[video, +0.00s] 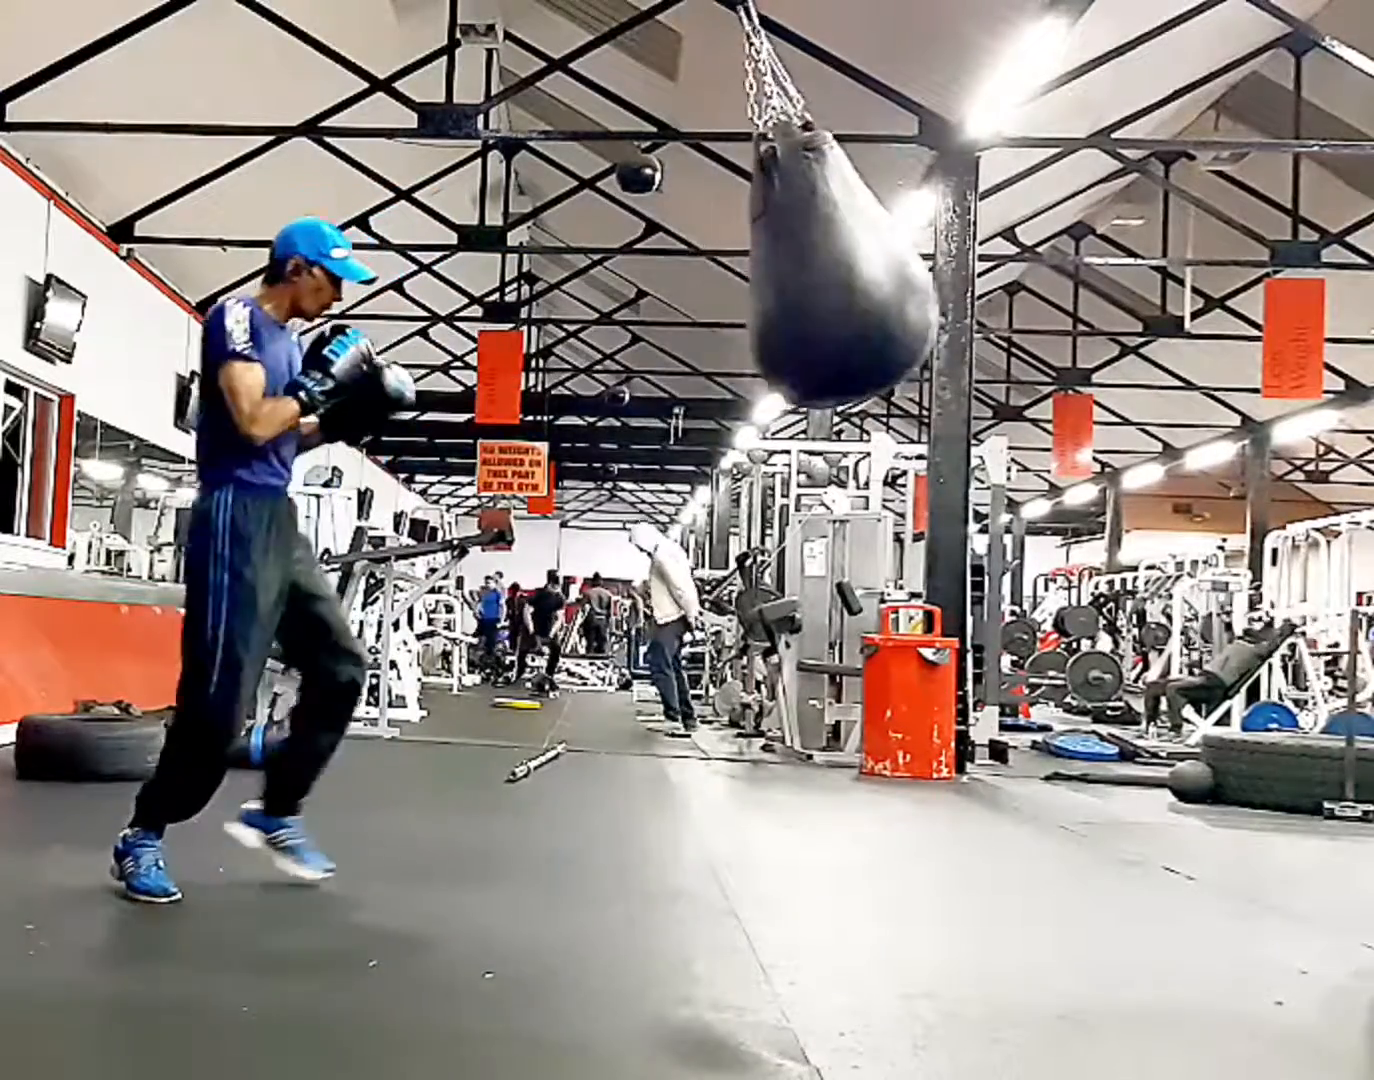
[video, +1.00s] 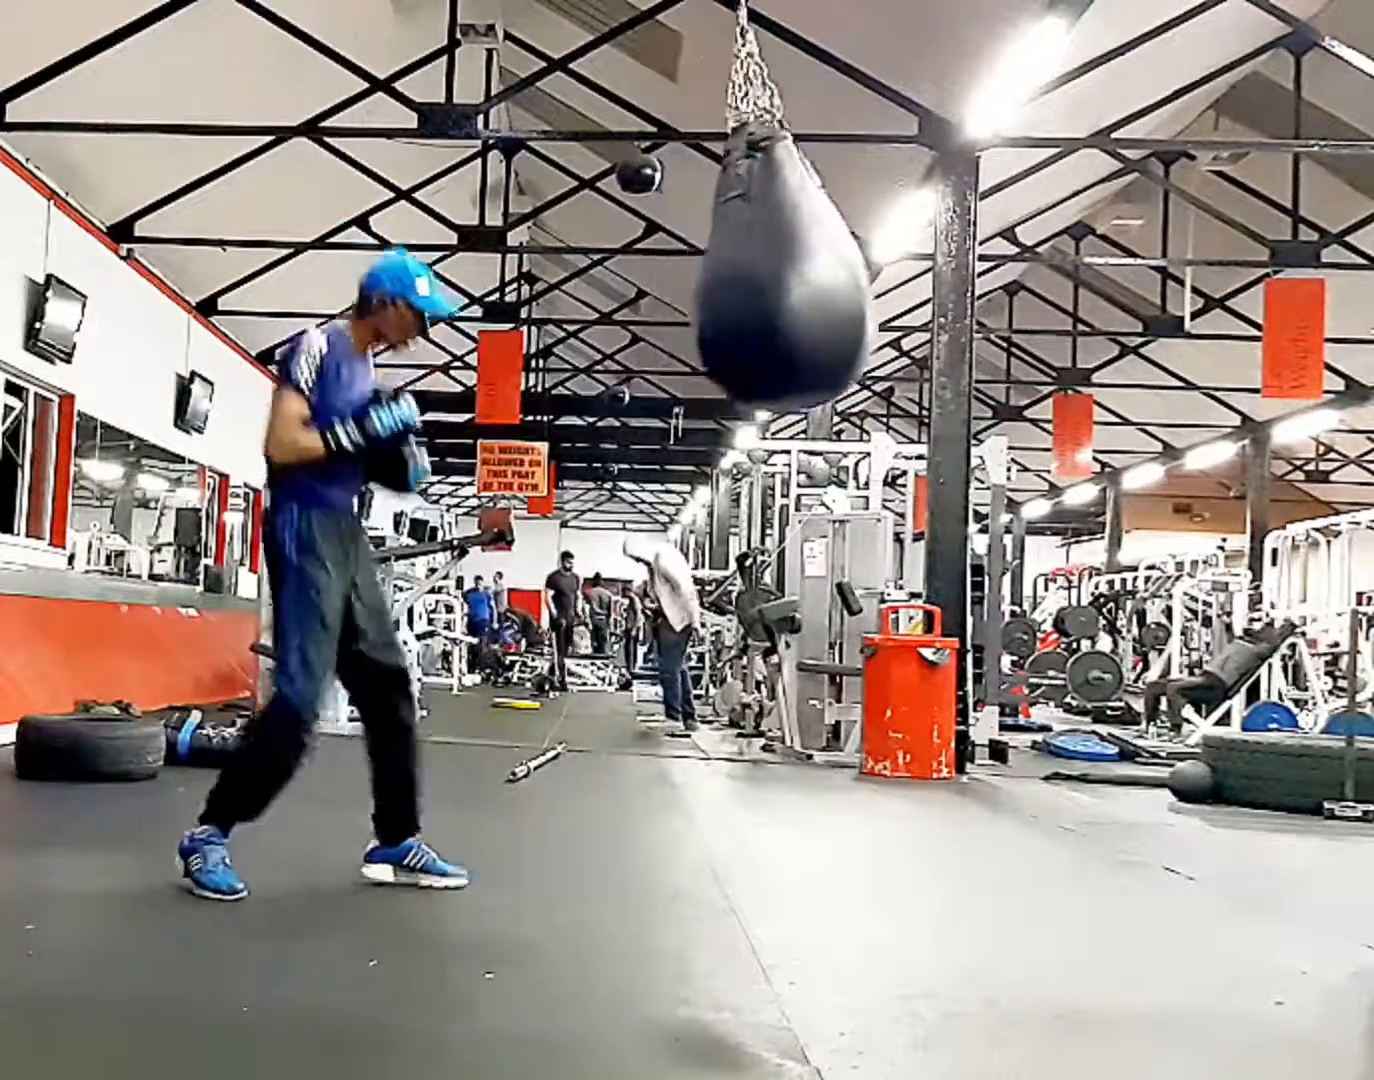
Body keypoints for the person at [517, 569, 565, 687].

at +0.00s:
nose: (554, 587)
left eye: (556, 584)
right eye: (552, 583)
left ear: (559, 585)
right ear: (548, 583)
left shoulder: (559, 598)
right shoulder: (538, 594)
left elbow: (559, 618)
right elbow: (527, 610)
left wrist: (551, 633)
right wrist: (530, 629)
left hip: (549, 633)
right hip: (533, 631)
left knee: (556, 649)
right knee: (522, 651)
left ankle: (549, 675)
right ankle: (518, 675)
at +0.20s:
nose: (560, 575)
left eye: (563, 572)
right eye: (558, 571)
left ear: (566, 573)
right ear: (553, 570)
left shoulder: (565, 587)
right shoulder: (541, 582)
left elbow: (565, 605)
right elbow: (530, 598)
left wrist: (560, 620)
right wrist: (537, 617)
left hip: (553, 621)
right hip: (537, 619)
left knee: (554, 650)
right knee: (527, 647)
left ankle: (549, 676)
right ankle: (518, 674)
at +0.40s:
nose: (564, 565)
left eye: (566, 562)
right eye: (562, 562)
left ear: (569, 564)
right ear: (557, 562)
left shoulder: (568, 582)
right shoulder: (545, 576)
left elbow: (567, 601)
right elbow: (535, 592)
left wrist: (569, 616)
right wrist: (541, 607)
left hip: (557, 615)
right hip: (542, 615)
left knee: (554, 648)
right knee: (536, 645)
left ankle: (549, 675)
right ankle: (525, 672)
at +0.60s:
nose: (567, 563)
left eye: (569, 561)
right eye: (565, 560)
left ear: (570, 562)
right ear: (559, 560)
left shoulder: (570, 580)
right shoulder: (547, 575)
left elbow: (574, 597)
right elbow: (538, 592)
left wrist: (577, 609)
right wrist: (545, 607)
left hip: (562, 614)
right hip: (548, 613)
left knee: (557, 646)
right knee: (548, 644)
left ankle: (551, 676)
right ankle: (544, 676)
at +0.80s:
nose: (568, 564)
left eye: (570, 561)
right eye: (565, 561)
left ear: (572, 563)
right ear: (560, 561)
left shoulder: (573, 579)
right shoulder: (551, 576)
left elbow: (576, 595)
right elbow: (542, 592)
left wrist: (578, 609)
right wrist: (548, 610)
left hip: (566, 613)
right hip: (554, 612)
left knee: (561, 644)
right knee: (556, 645)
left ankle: (551, 671)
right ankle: (557, 676)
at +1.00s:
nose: (570, 565)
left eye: (571, 562)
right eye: (567, 562)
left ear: (573, 563)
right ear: (562, 561)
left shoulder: (576, 578)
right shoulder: (553, 577)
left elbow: (578, 595)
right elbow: (547, 596)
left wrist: (578, 609)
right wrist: (554, 614)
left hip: (571, 616)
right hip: (559, 616)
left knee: (565, 648)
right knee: (560, 649)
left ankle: (552, 674)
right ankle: (562, 680)